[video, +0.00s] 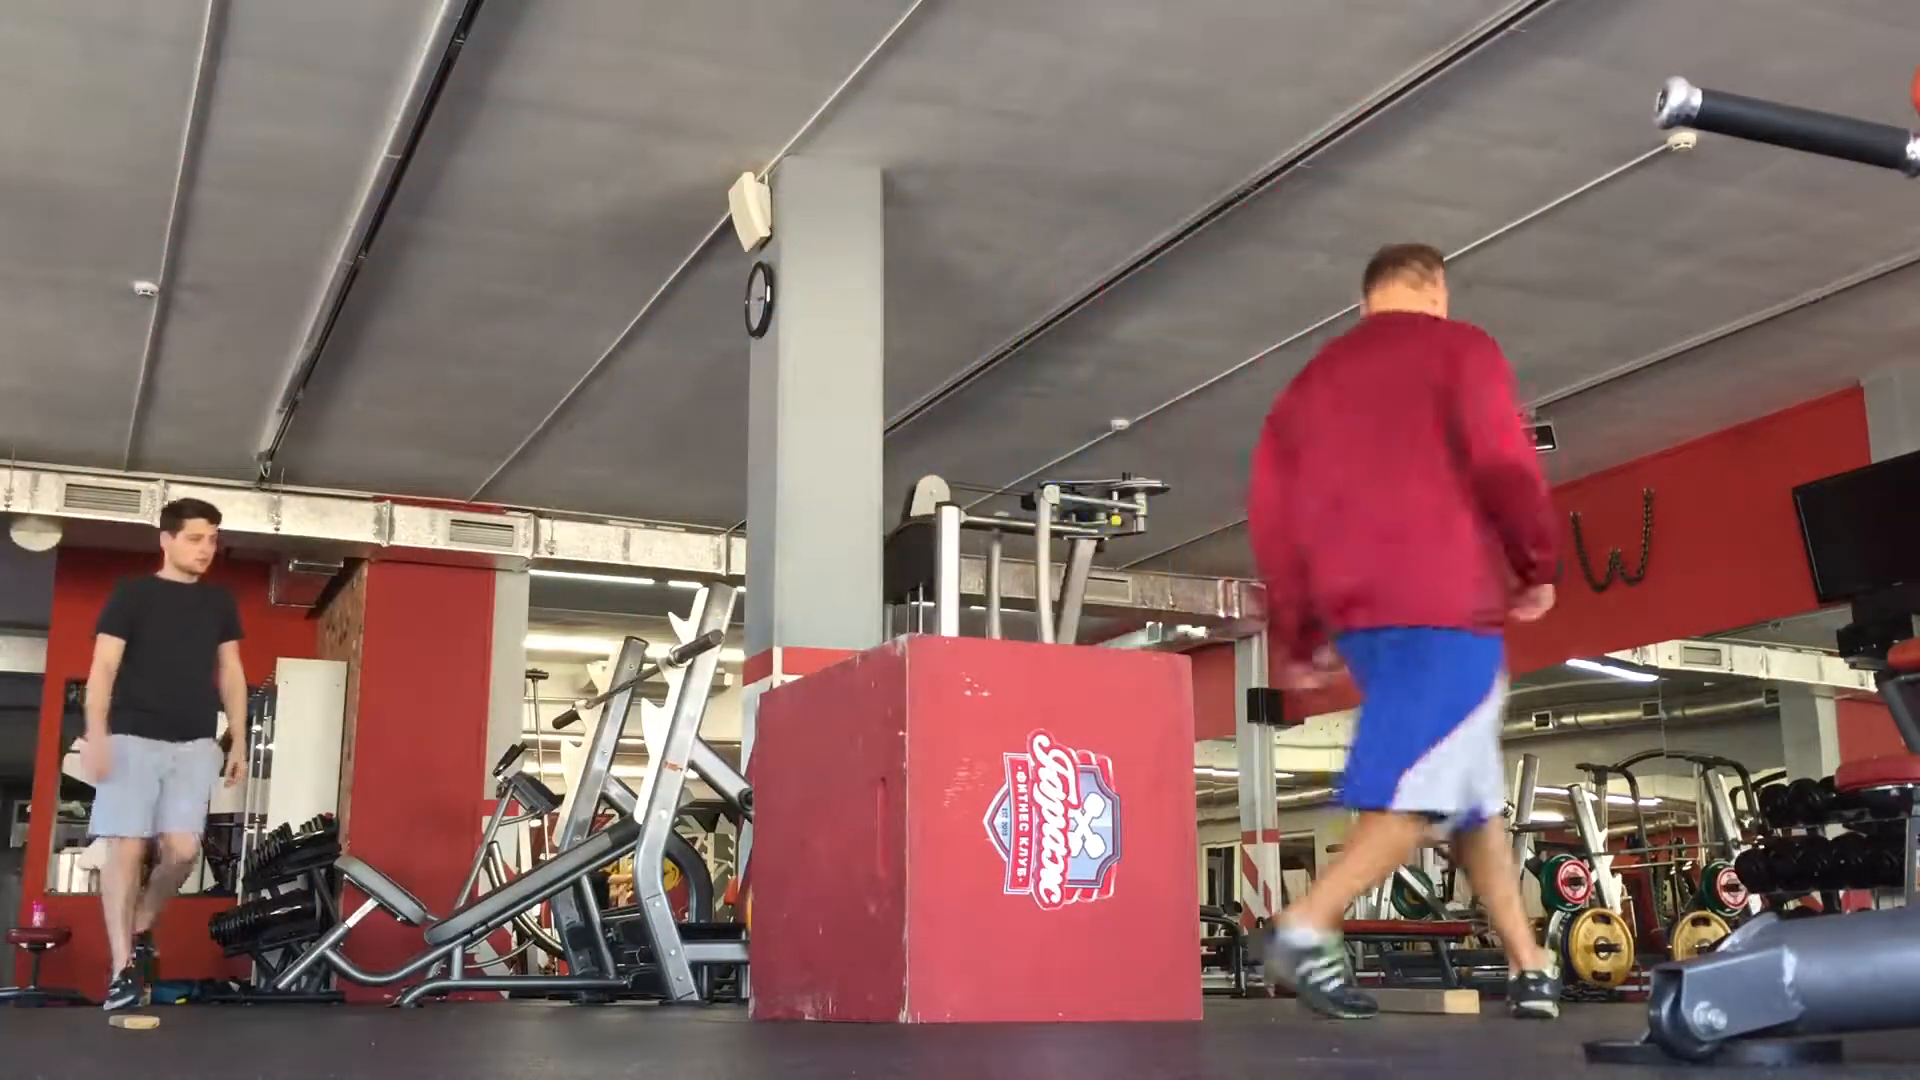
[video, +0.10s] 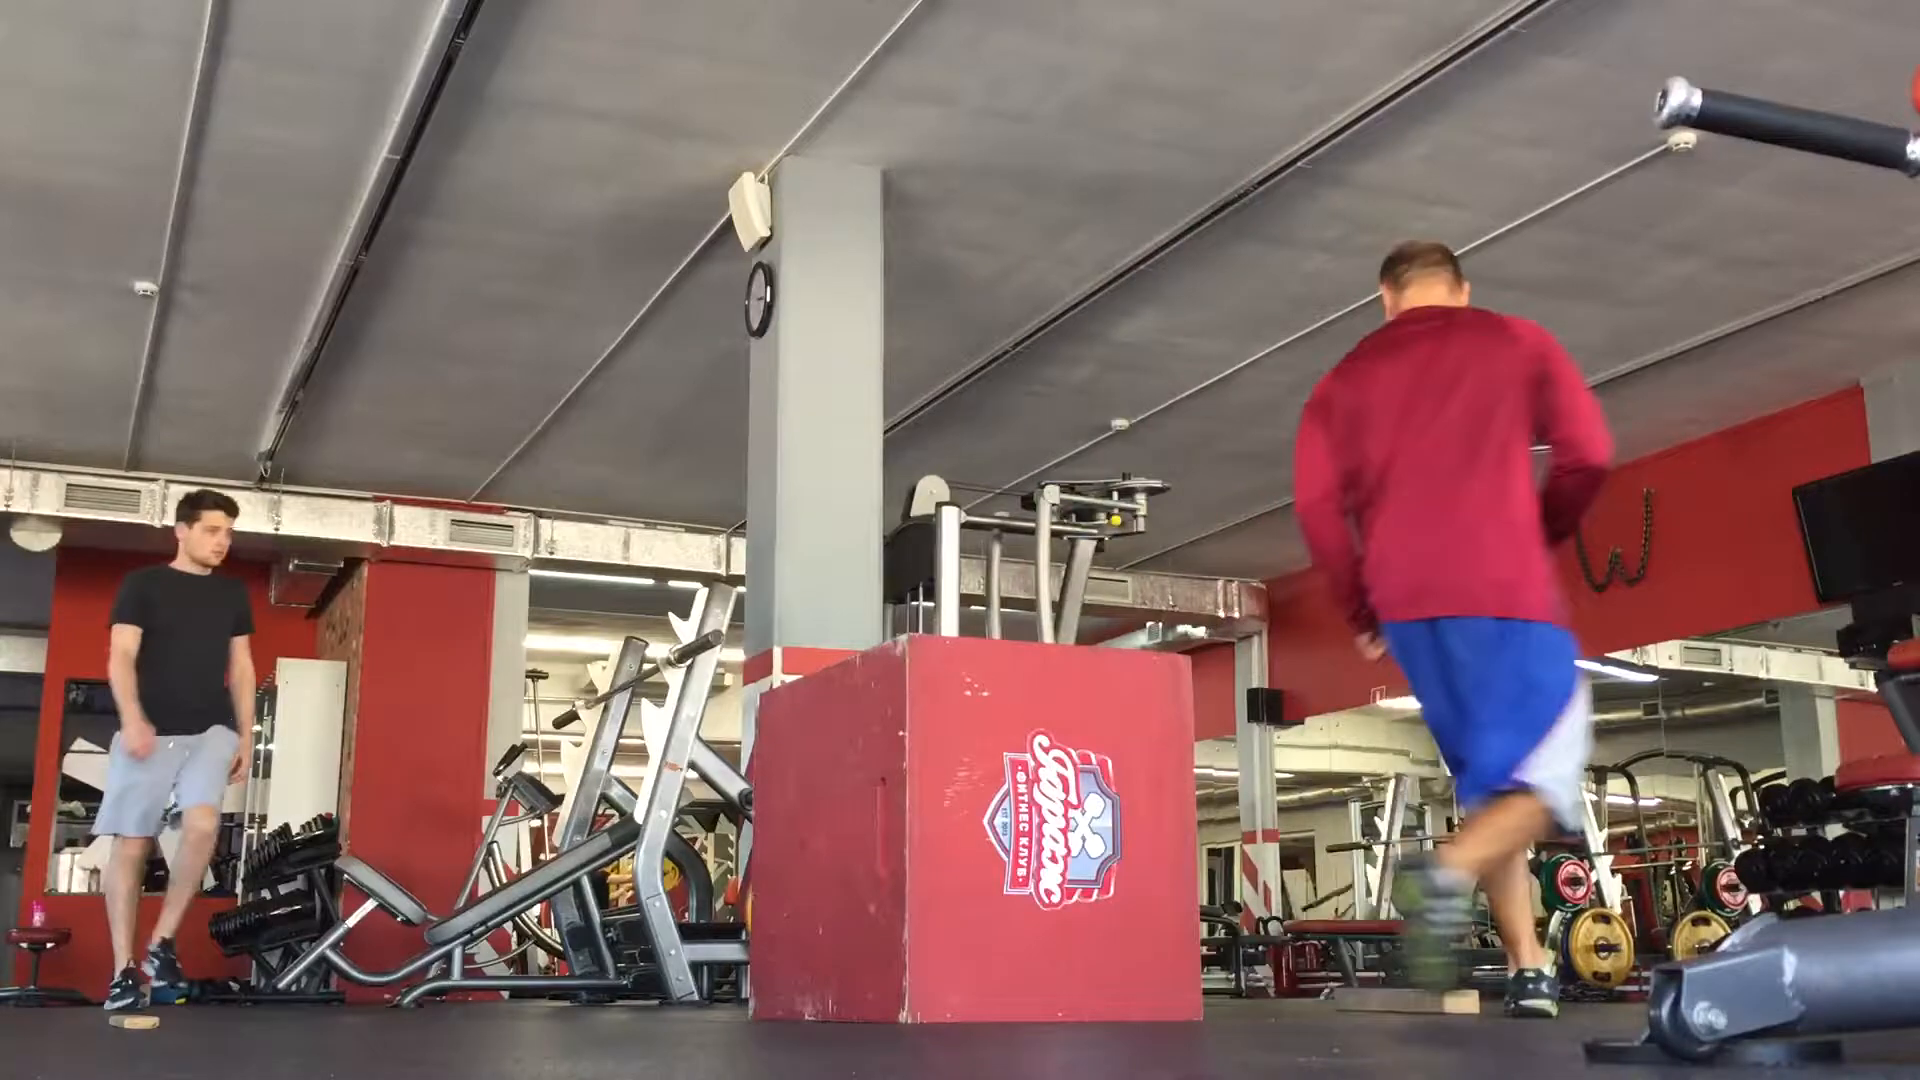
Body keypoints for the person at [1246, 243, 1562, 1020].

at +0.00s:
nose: (1445, 306)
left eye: (1440, 294)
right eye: (1443, 293)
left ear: (1364, 301)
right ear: (1432, 290)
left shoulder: (1302, 386)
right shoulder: (1458, 345)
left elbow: (1271, 518)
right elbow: (1500, 456)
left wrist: (1296, 634)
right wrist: (1539, 564)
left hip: (1350, 602)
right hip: (1443, 591)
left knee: (1473, 794)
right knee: (1428, 794)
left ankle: (1530, 968)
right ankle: (1305, 927)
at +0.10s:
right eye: (1457, 290)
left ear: (1386, 298)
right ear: (1464, 289)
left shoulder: (1342, 380)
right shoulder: (1518, 339)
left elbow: (1316, 504)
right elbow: (1588, 455)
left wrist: (1358, 608)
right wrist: (1534, 534)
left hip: (1403, 591)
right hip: (1502, 577)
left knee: (1482, 780)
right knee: (1549, 782)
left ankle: (1528, 966)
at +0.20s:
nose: (1403, 302)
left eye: (1403, 290)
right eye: (1405, 290)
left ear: (1417, 282)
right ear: (1481, 280)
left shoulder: (1384, 363)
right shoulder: (1570, 336)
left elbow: (1363, 479)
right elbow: (1646, 443)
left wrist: (1388, 576)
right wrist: (1586, 516)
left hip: (1456, 590)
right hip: (1572, 581)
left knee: (1486, 773)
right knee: (1613, 764)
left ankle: (1528, 970)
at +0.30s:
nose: (1425, 311)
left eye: (1425, 296)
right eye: (1421, 300)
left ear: (1456, 277)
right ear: (1496, 278)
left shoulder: (1441, 350)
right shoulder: (1602, 342)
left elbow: (1426, 468)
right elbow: (1681, 443)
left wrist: (1410, 559)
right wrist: (1641, 529)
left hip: (1520, 581)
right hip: (1628, 580)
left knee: (1517, 771)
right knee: (1666, 764)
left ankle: (1536, 966)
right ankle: (1750, 932)